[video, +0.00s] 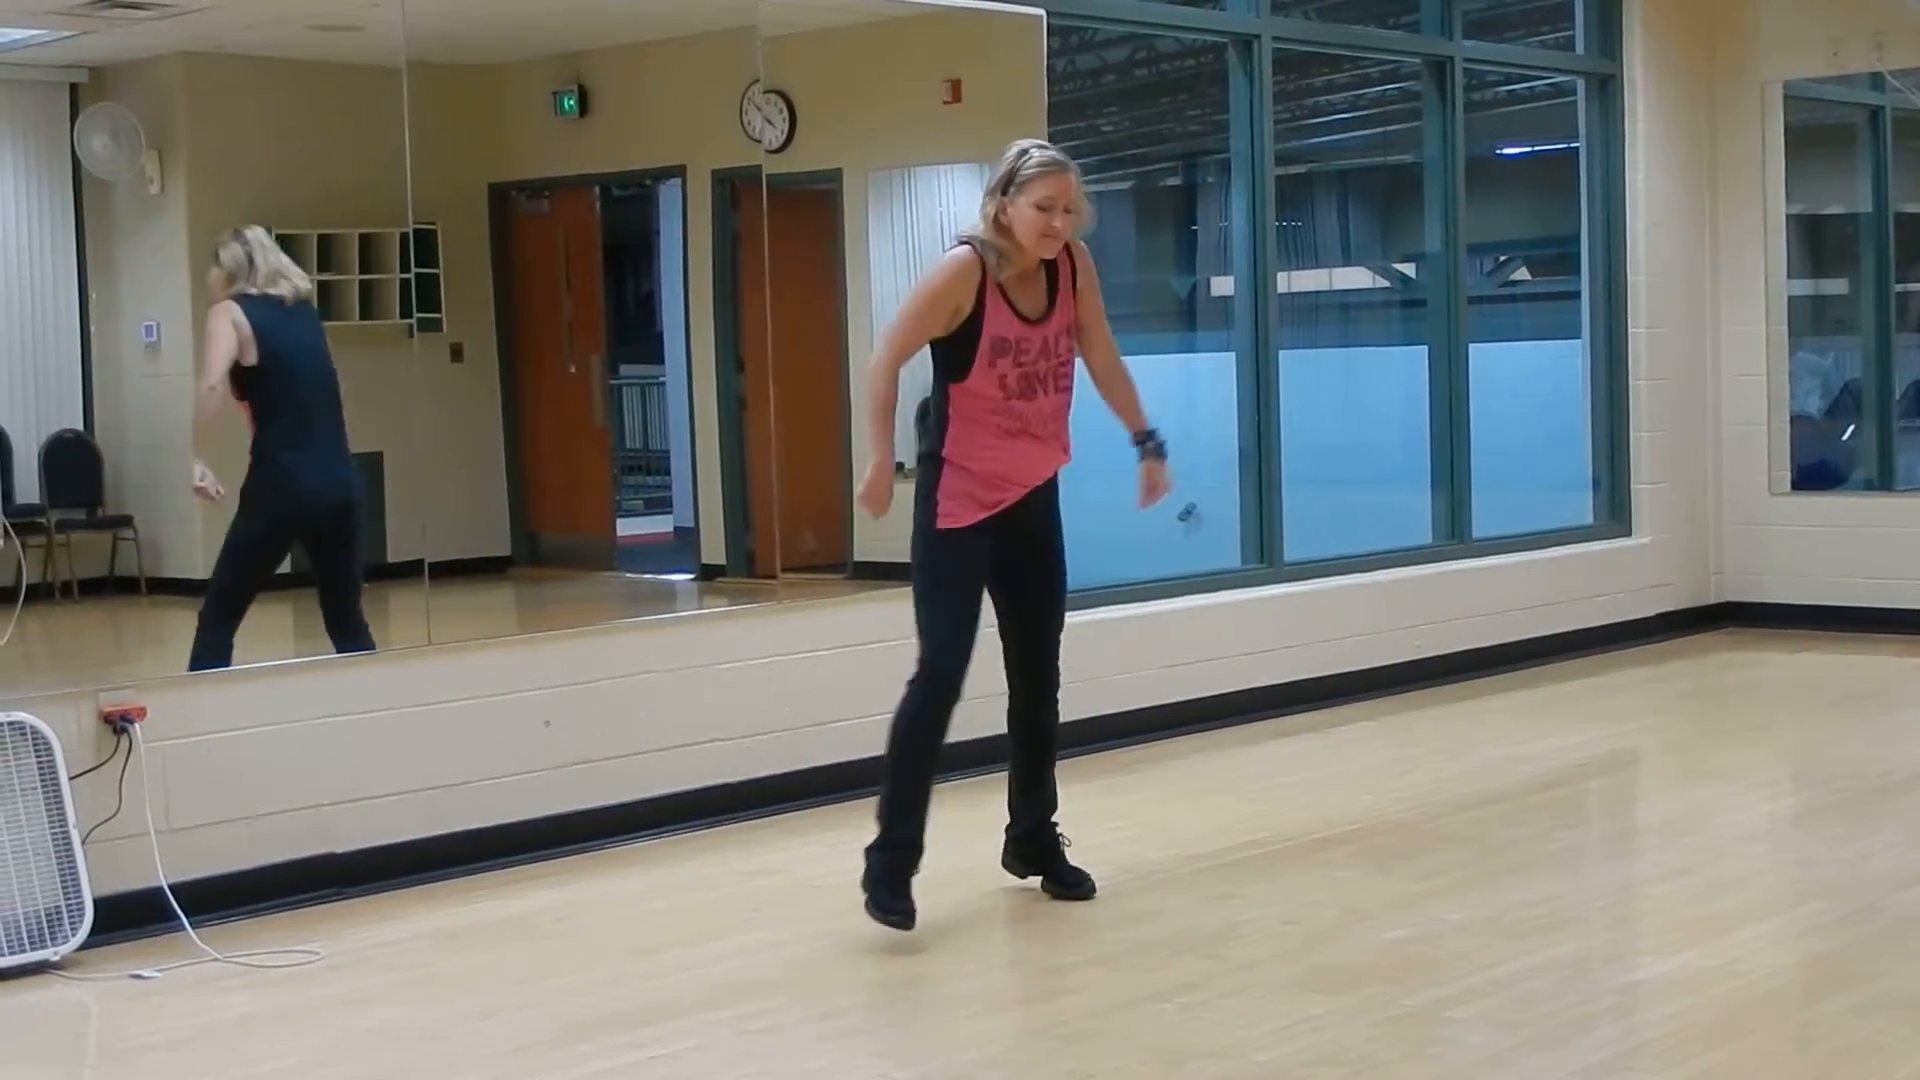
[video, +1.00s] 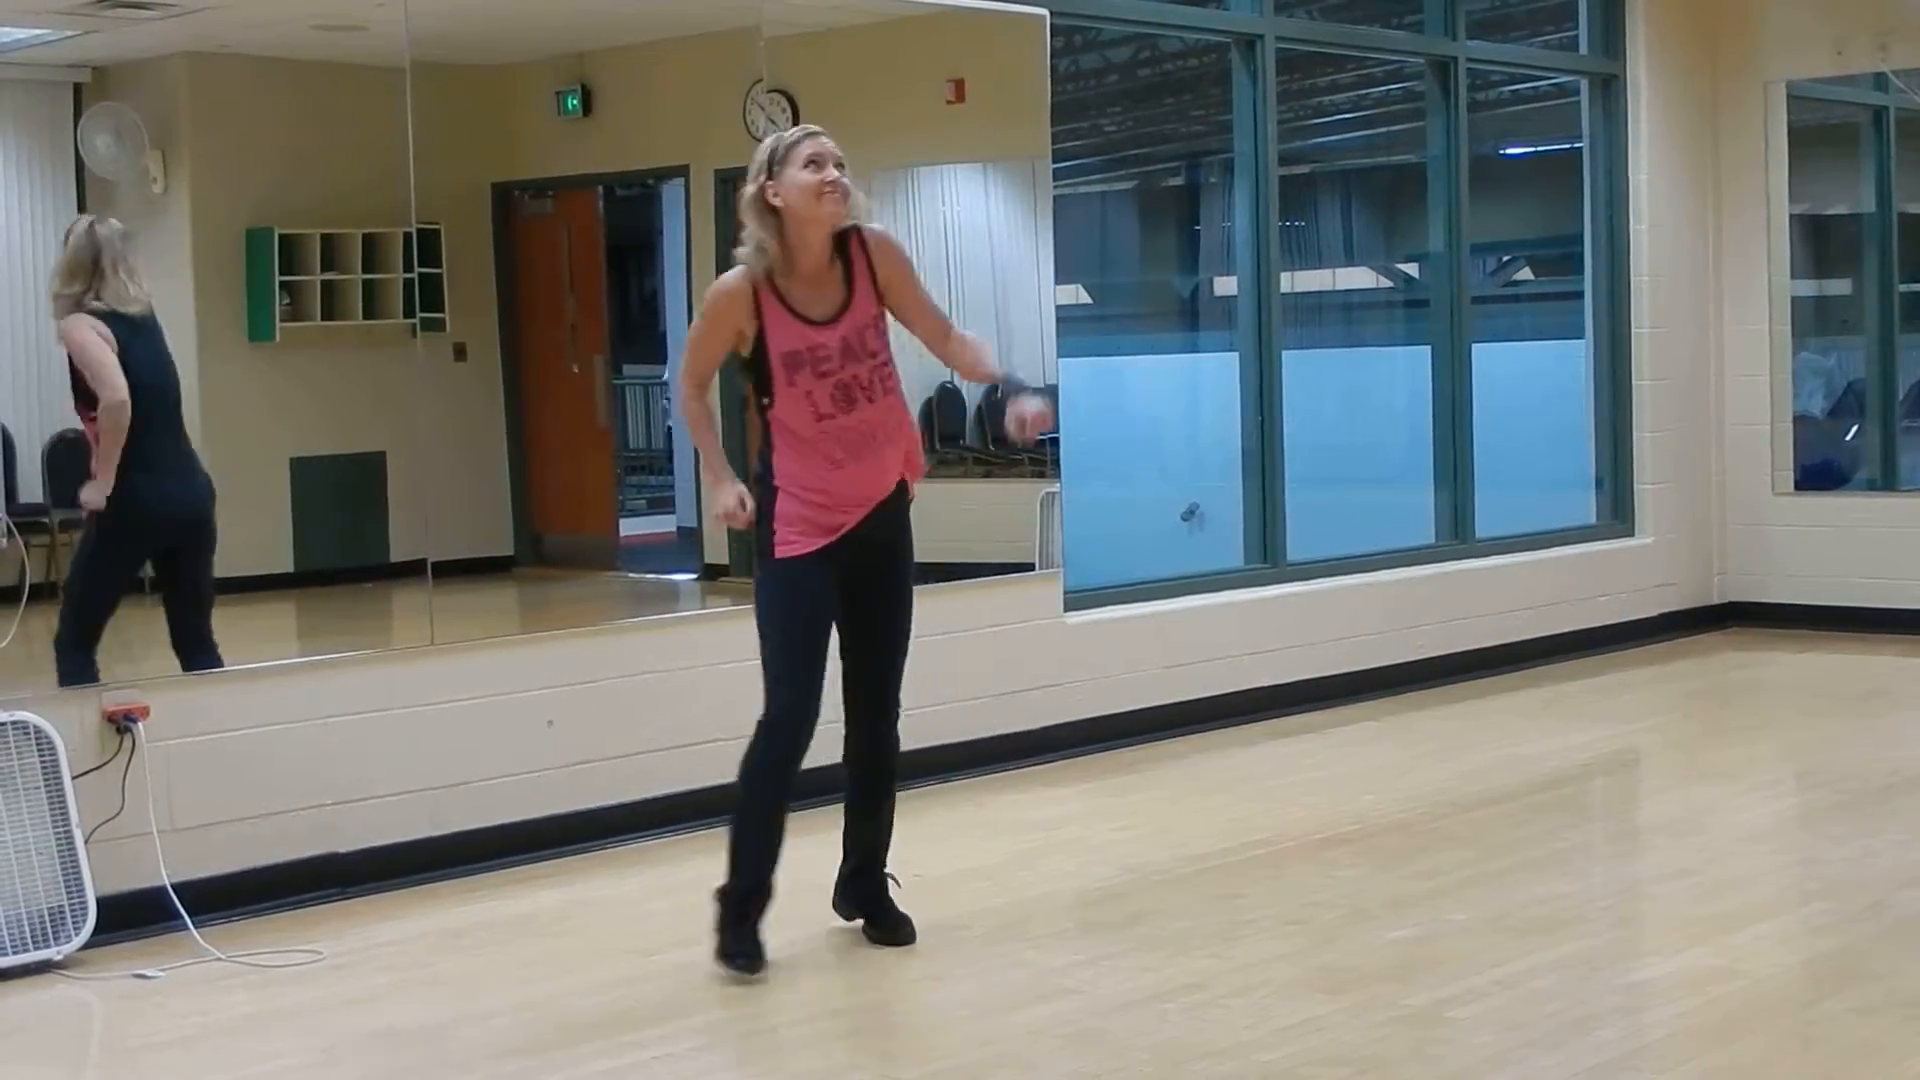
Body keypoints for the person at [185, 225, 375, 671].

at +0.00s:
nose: (212, 282)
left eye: (216, 273)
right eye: (212, 273)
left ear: (230, 271)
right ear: (274, 266)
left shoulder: (230, 311)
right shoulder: (305, 313)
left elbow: (214, 387)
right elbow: (320, 391)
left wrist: (198, 457)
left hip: (279, 488)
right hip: (337, 484)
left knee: (218, 620)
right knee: (347, 621)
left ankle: (199, 731)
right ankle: (384, 725)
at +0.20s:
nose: (170, 286)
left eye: (173, 275)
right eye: (171, 275)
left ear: (190, 278)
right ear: (228, 275)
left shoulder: (190, 332)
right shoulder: (269, 336)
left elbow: (176, 398)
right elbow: (306, 403)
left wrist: (162, 438)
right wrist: (336, 467)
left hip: (235, 501)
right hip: (291, 493)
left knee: (196, 630)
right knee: (325, 619)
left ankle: (171, 734)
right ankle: (373, 715)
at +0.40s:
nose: (125, 285)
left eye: (129, 276)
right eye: (127, 275)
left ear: (142, 281)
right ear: (189, 276)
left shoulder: (134, 343)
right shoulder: (225, 335)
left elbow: (110, 434)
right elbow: (280, 393)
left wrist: (66, 460)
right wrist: (276, 470)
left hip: (171, 511)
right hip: (233, 505)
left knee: (148, 649)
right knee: (233, 630)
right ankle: (303, 701)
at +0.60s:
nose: (101, 298)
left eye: (105, 289)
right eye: (102, 288)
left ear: (118, 295)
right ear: (166, 286)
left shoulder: (110, 358)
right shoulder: (211, 343)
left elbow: (71, 447)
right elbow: (245, 412)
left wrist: (33, 519)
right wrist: (189, 415)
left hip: (140, 523)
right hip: (202, 521)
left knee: (126, 649)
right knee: (142, 639)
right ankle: (197, 718)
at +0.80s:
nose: (85, 277)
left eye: (88, 268)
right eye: (89, 267)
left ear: (97, 276)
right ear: (150, 270)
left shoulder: (92, 337)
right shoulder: (182, 326)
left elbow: (90, 425)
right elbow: (199, 410)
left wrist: (85, 505)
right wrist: (192, 481)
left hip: (130, 511)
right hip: (192, 505)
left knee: (105, 648)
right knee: (164, 640)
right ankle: (209, 737)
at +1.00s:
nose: (60, 267)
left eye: (66, 258)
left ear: (73, 264)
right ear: (125, 262)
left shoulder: (80, 324)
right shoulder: (142, 314)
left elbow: (117, 398)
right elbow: (164, 398)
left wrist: (102, 481)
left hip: (134, 501)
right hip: (191, 492)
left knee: (74, 643)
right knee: (195, 640)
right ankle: (235, 752)